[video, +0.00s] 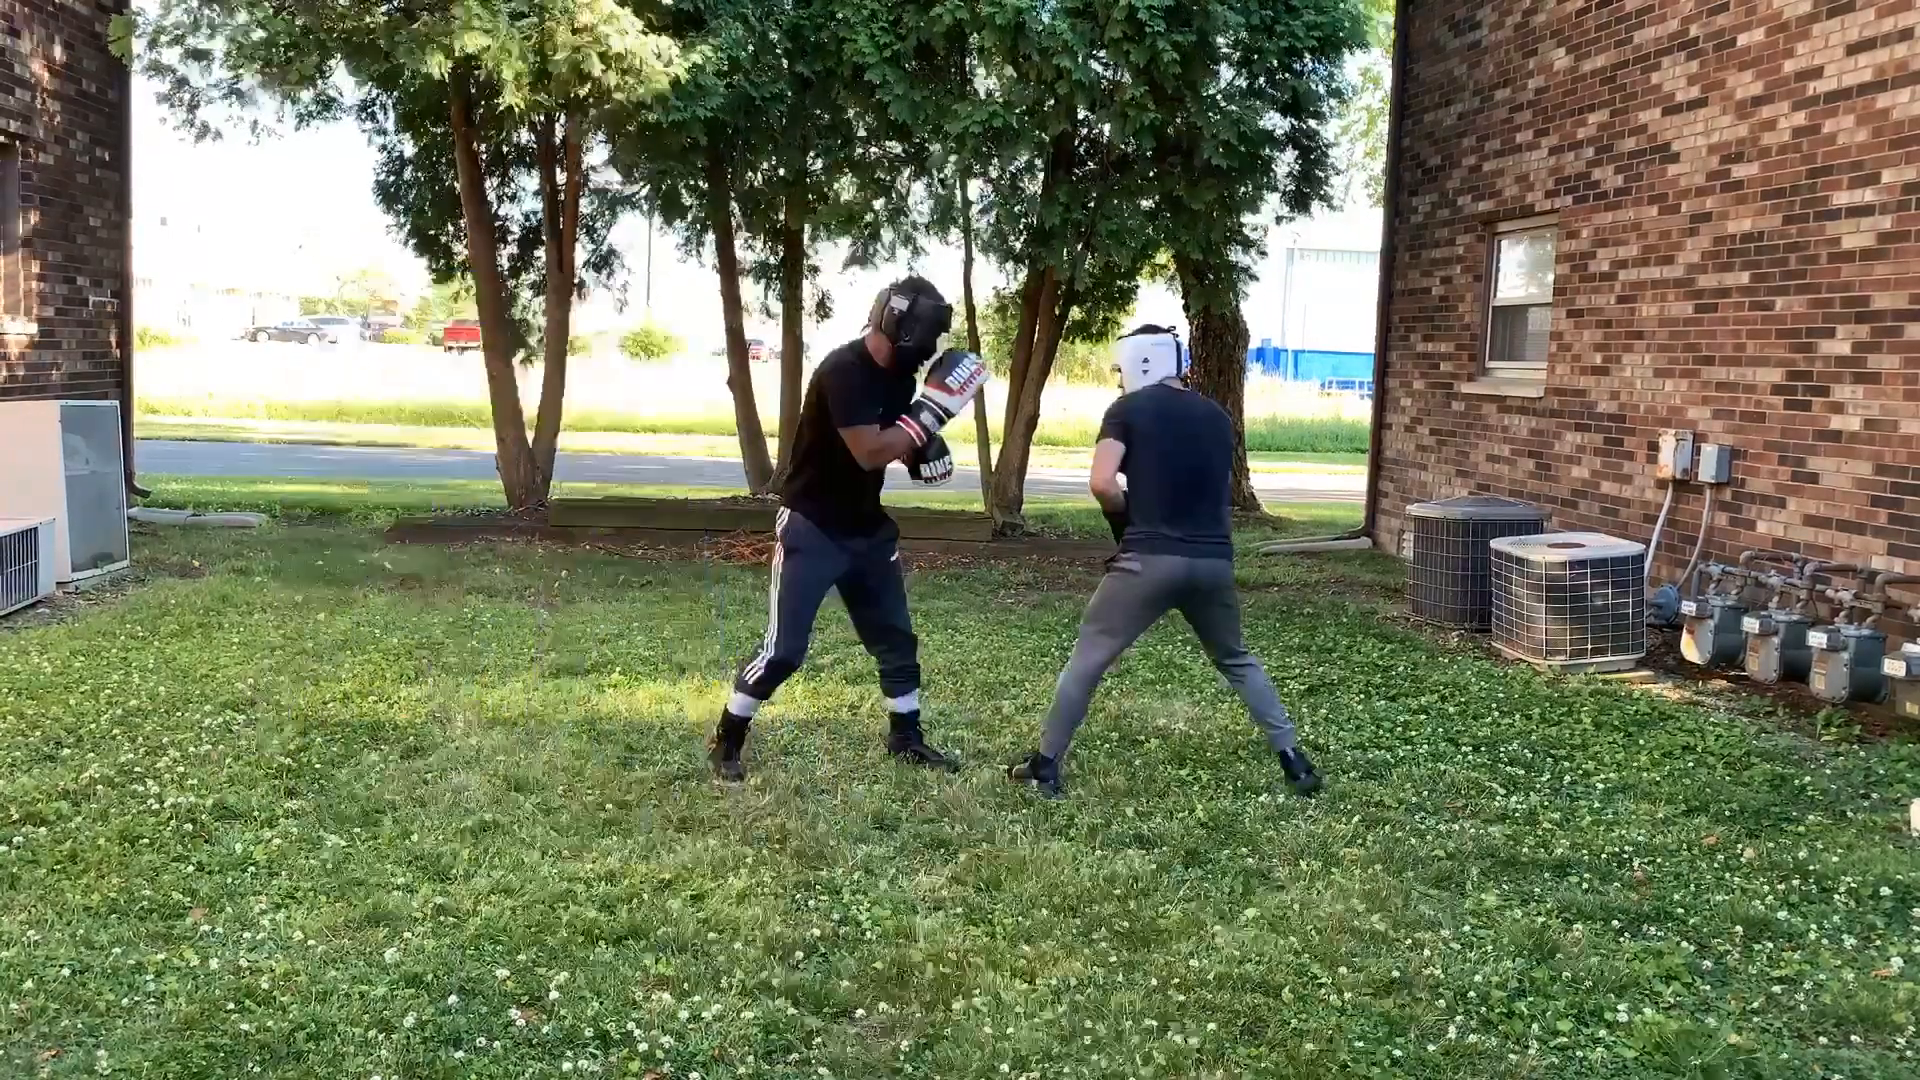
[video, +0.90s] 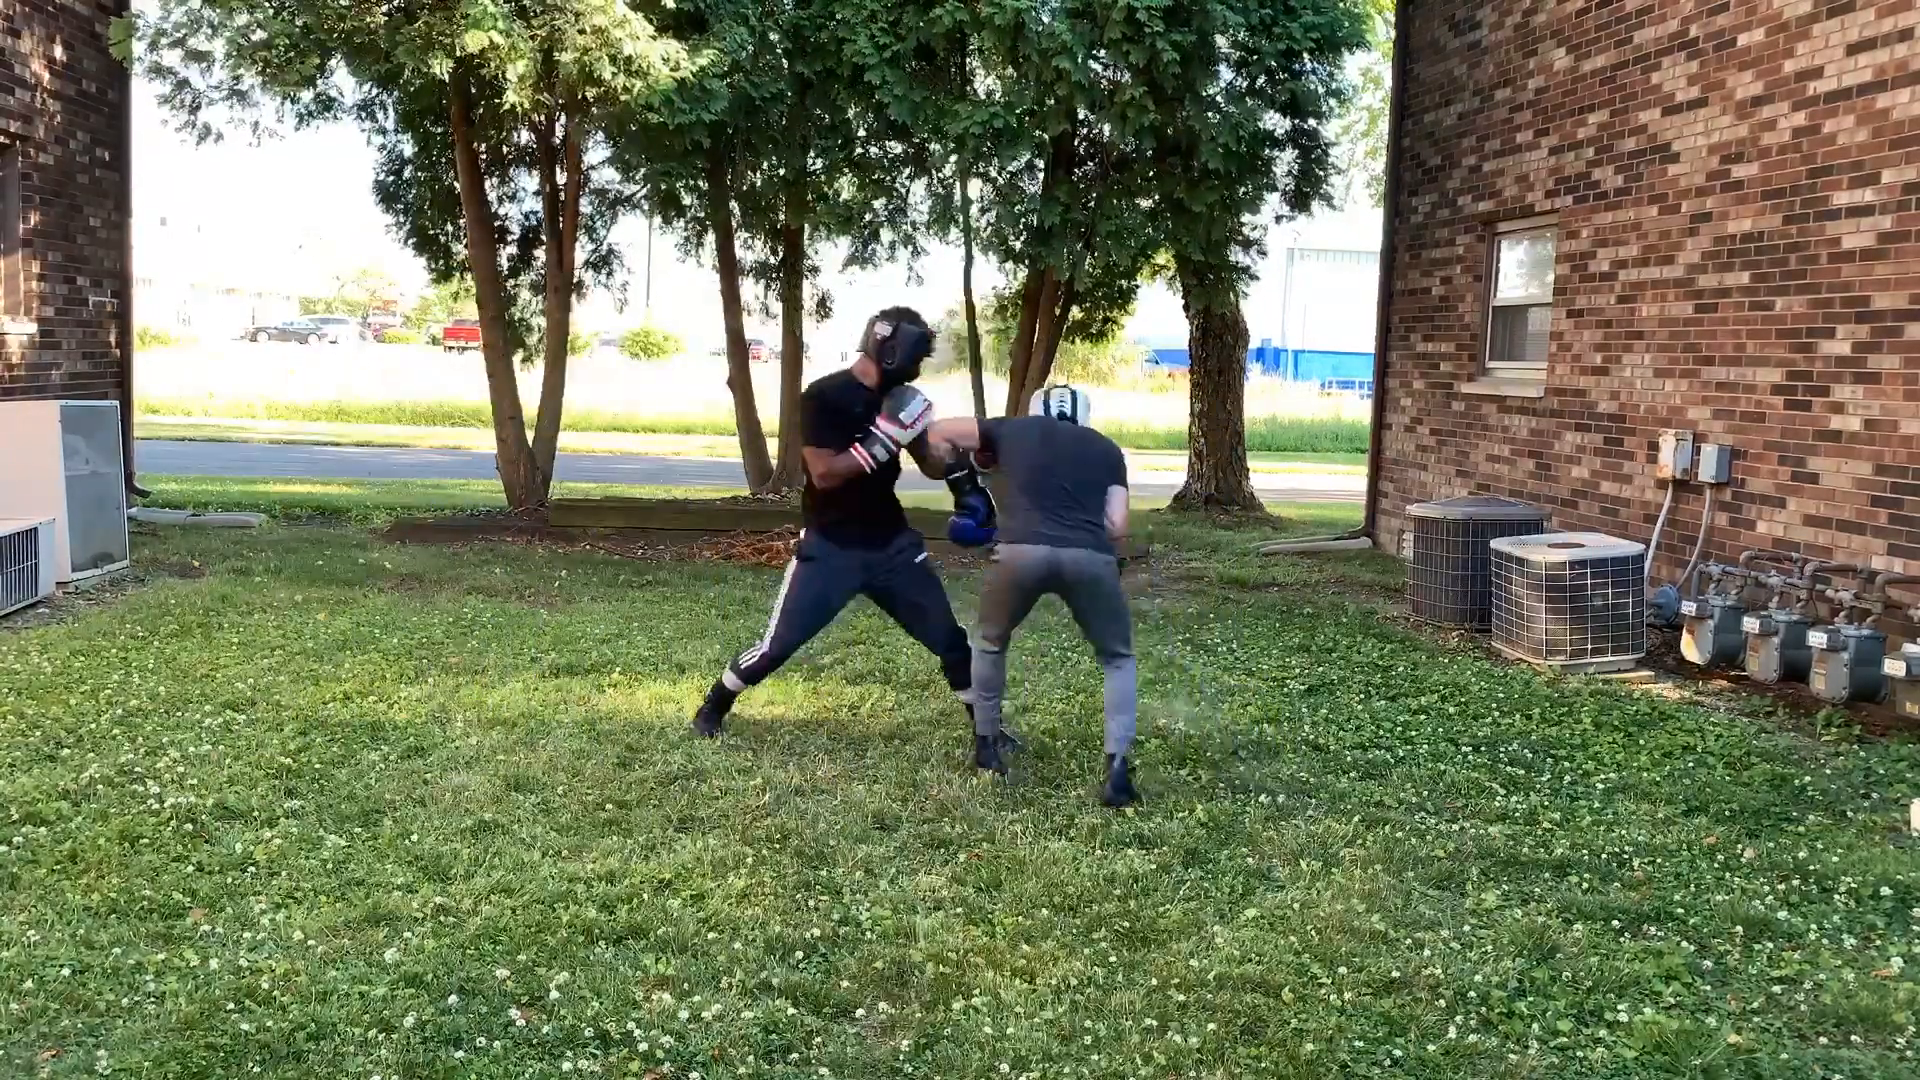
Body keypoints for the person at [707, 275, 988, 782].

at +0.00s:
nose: (924, 348)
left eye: (929, 339)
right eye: (921, 337)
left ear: (908, 331)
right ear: (895, 327)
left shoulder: (901, 375)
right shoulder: (843, 370)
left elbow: (889, 438)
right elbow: (869, 454)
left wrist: (918, 457)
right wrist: (931, 408)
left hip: (866, 526)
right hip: (810, 526)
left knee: (897, 641)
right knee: (784, 651)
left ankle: (906, 739)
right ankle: (729, 738)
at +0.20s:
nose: (922, 347)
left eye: (926, 337)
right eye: (916, 336)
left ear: (907, 332)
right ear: (889, 329)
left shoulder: (899, 382)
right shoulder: (830, 377)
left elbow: (906, 441)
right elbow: (826, 456)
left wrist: (948, 447)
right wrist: (892, 435)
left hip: (877, 529)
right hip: (819, 533)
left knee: (931, 620)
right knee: (792, 648)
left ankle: (924, 726)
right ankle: (728, 740)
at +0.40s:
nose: (964, 350)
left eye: (968, 341)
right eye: (956, 340)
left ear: (963, 339)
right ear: (928, 330)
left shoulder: (958, 379)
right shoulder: (870, 368)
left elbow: (1005, 417)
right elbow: (843, 438)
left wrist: (1059, 414)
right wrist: (911, 421)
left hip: (907, 522)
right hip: (845, 522)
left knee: (950, 626)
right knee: (821, 631)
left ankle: (947, 726)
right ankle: (795, 726)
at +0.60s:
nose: (990, 374)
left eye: (997, 366)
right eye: (986, 362)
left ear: (995, 364)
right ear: (964, 348)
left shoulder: (975, 407)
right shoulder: (892, 379)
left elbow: (973, 466)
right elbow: (852, 445)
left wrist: (1001, 483)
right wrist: (918, 440)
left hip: (947, 542)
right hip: (877, 540)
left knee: (992, 641)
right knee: (844, 636)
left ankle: (991, 734)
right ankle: (808, 733)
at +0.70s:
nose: (987, 372)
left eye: (993, 365)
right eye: (983, 360)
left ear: (989, 364)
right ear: (957, 347)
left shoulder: (965, 407)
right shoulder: (887, 378)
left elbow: (955, 475)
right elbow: (853, 450)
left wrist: (984, 497)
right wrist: (917, 441)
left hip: (938, 537)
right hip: (874, 530)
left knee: (978, 633)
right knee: (834, 620)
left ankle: (990, 732)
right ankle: (787, 709)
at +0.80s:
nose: (959, 366)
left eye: (966, 358)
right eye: (958, 354)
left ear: (952, 355)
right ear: (934, 341)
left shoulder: (941, 405)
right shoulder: (865, 384)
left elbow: (951, 472)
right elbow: (837, 459)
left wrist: (981, 510)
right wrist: (902, 440)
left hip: (918, 540)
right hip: (853, 539)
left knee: (967, 639)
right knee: (813, 633)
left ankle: (991, 736)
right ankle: (740, 694)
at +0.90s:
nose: (915, 365)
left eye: (920, 355)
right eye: (912, 352)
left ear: (895, 349)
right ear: (885, 345)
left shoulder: (900, 400)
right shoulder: (821, 397)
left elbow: (933, 467)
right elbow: (823, 475)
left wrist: (952, 453)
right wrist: (883, 440)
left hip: (891, 546)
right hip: (830, 548)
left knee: (951, 641)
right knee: (776, 648)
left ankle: (988, 731)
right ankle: (716, 704)